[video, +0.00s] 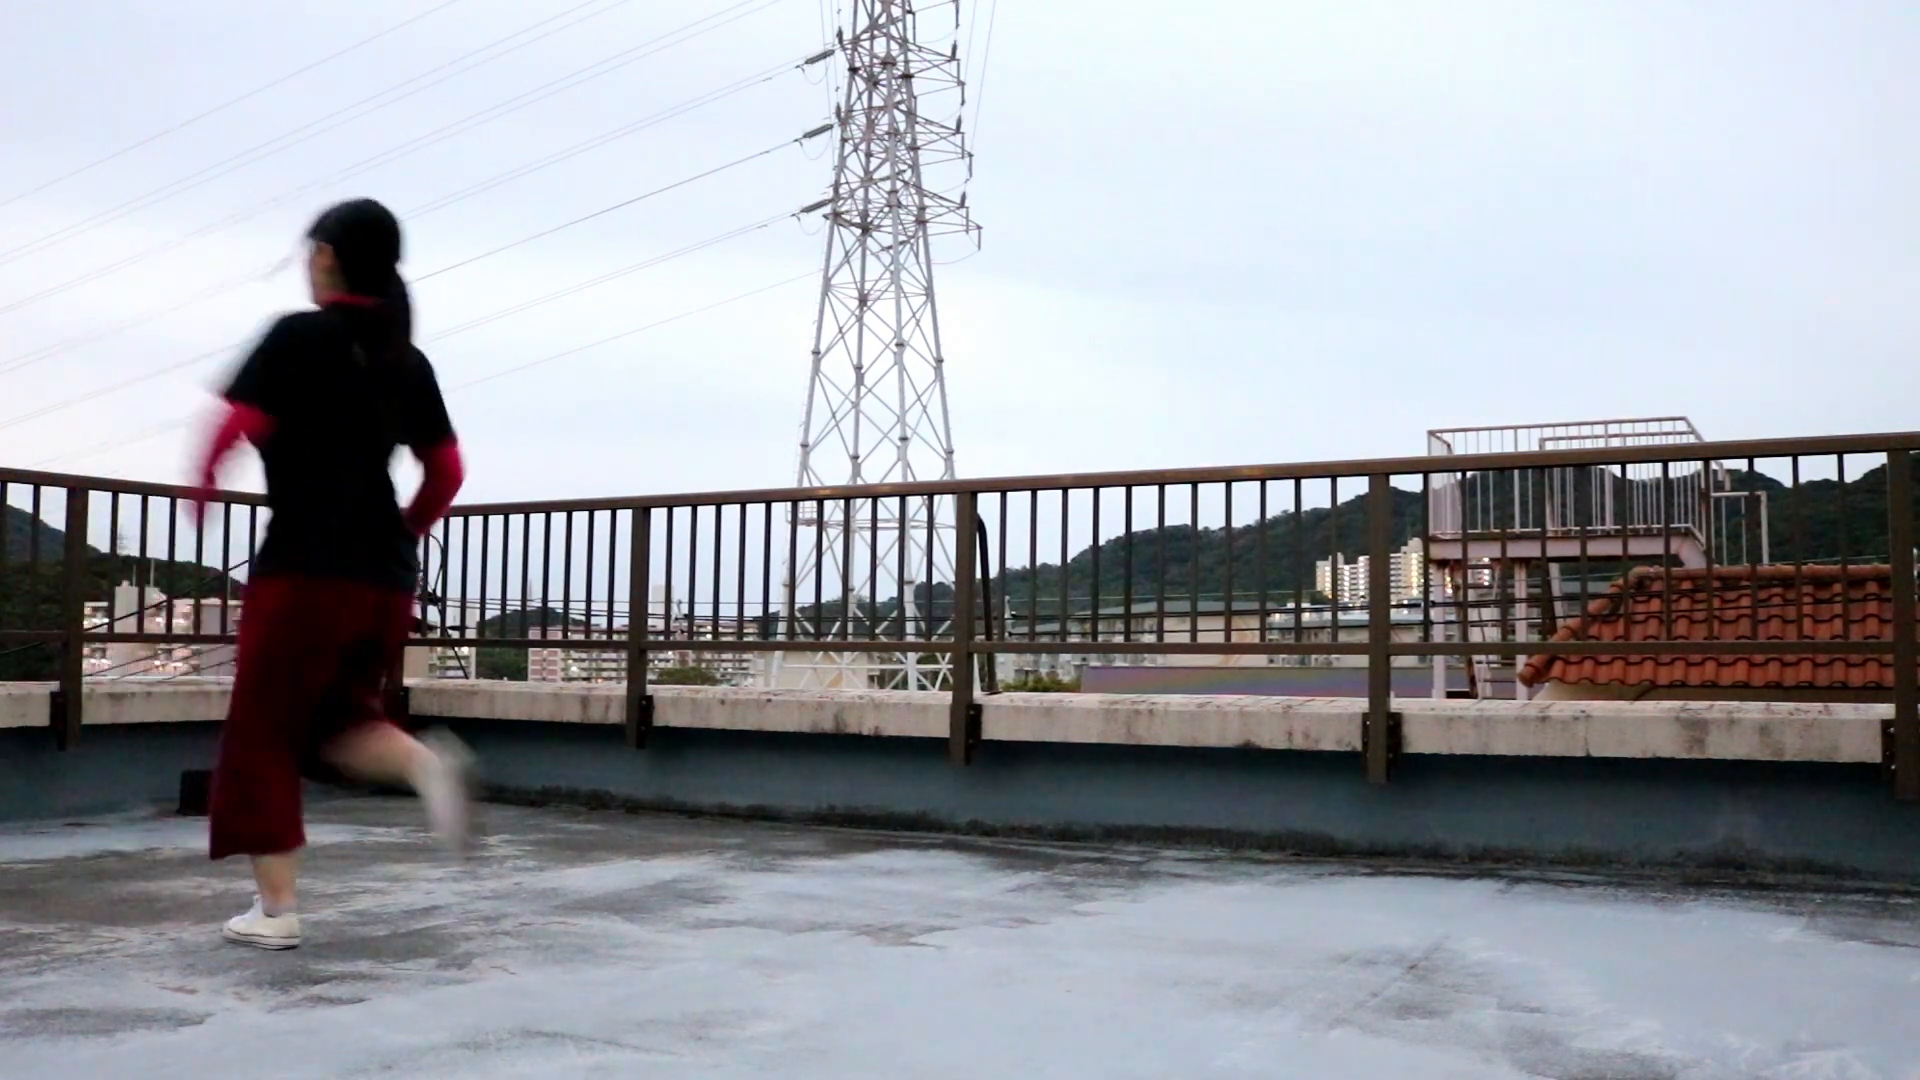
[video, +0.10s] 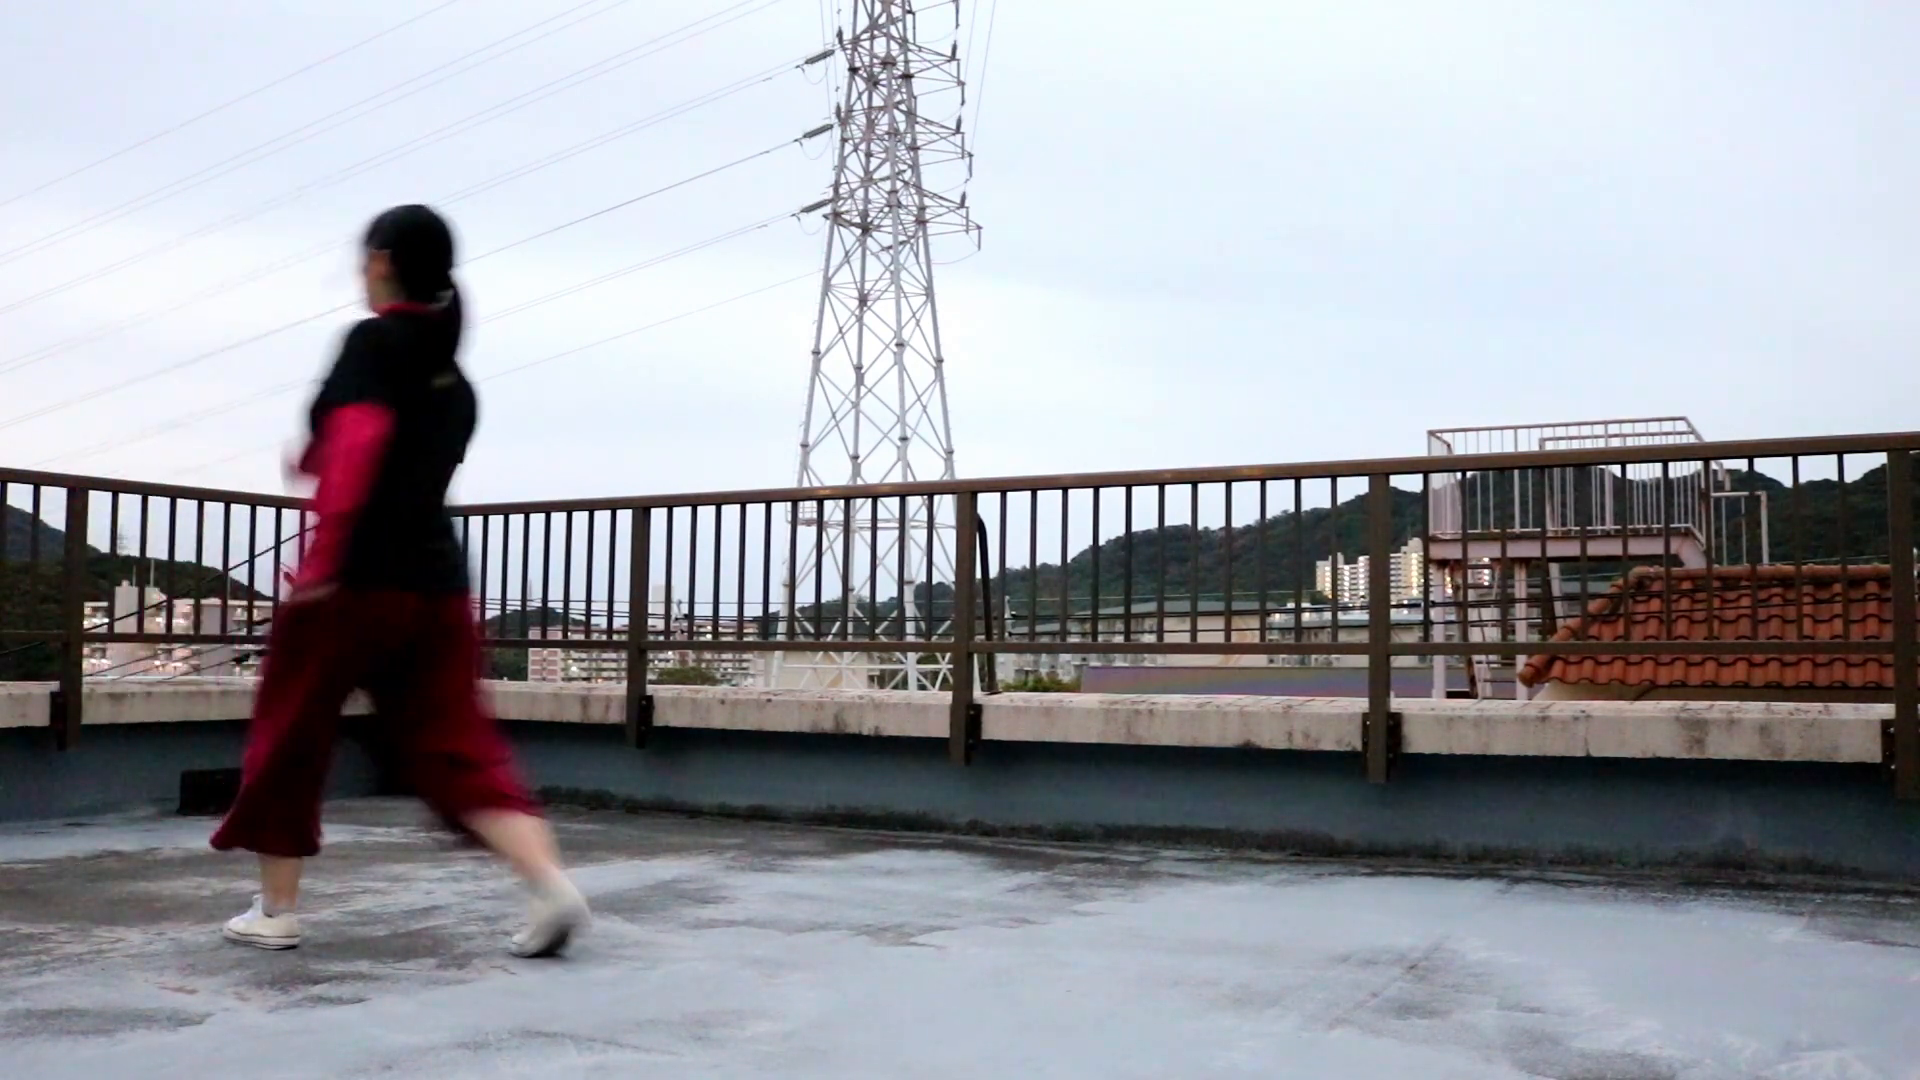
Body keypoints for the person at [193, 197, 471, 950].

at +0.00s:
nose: (307, 265)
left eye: (313, 254)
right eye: (312, 253)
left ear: (328, 262)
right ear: (385, 268)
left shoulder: (296, 336)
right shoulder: (406, 358)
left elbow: (239, 421)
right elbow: (446, 470)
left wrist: (205, 477)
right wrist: (404, 529)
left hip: (299, 568)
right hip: (381, 569)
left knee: (263, 728)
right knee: (334, 725)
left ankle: (276, 909)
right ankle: (424, 761)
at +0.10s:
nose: (362, 270)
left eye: (367, 259)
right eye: (367, 258)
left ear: (384, 267)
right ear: (437, 272)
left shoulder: (372, 346)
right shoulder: (451, 376)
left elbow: (355, 446)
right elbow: (415, 467)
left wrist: (320, 561)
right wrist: (323, 460)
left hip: (351, 580)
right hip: (433, 584)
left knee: (289, 726)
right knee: (448, 737)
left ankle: (276, 908)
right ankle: (553, 888)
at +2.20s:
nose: (1485, 147)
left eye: (1504, 128)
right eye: (1467, 138)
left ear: (1547, 141)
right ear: (1453, 166)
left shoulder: (1566, 225)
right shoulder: (1495, 262)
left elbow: (1603, 357)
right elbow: (1508, 404)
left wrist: (1537, 501)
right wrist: (1486, 520)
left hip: (1582, 522)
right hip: (1523, 527)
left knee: (1553, 720)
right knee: (1510, 721)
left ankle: (1610, 985)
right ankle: (1568, 964)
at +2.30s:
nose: (1489, 148)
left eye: (1508, 129)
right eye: (1471, 139)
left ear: (1552, 141)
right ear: (1458, 167)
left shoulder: (1575, 221)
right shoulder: (1494, 271)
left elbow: (1613, 347)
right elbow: (1505, 407)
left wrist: (1558, 493)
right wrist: (1486, 518)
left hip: (1591, 519)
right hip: (1526, 525)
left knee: (1560, 719)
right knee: (1515, 721)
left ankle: (1612, 984)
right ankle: (1568, 965)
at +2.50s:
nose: (1481, 157)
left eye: (1499, 135)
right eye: (1469, 151)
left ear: (1557, 143)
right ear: (1470, 180)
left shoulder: (1574, 226)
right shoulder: (1531, 258)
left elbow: (1573, 360)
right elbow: (1540, 406)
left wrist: (1480, 485)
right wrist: (1507, 530)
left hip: (1603, 531)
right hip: (1548, 540)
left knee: (1541, 724)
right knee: (1524, 728)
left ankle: (1716, 913)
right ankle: (1574, 973)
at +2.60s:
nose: (1478, 168)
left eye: (1490, 148)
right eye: (1477, 154)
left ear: (1547, 145)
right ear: (1543, 150)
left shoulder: (1565, 224)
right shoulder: (1545, 245)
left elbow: (1527, 343)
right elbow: (1548, 407)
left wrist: (1448, 417)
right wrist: (1507, 520)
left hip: (1614, 524)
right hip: (1558, 534)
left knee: (1582, 726)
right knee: (1521, 729)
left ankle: (1748, 942)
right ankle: (1568, 960)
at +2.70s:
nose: (1481, 189)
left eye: (1490, 168)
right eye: (1483, 171)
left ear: (1536, 165)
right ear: (1551, 171)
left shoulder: (1541, 245)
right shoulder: (1569, 254)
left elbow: (1472, 336)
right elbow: (1572, 417)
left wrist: (1415, 394)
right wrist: (1526, 532)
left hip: (1616, 544)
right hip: (1576, 548)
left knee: (1624, 744)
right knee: (1490, 711)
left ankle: (1770, 955)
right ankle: (1541, 926)